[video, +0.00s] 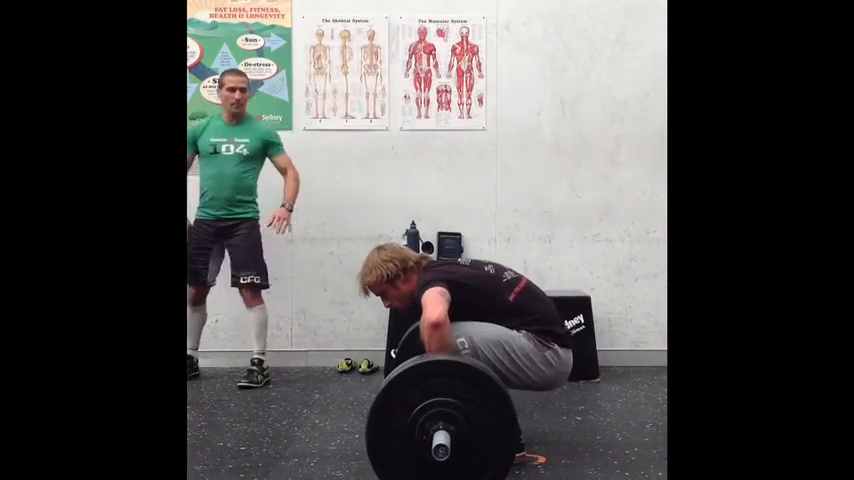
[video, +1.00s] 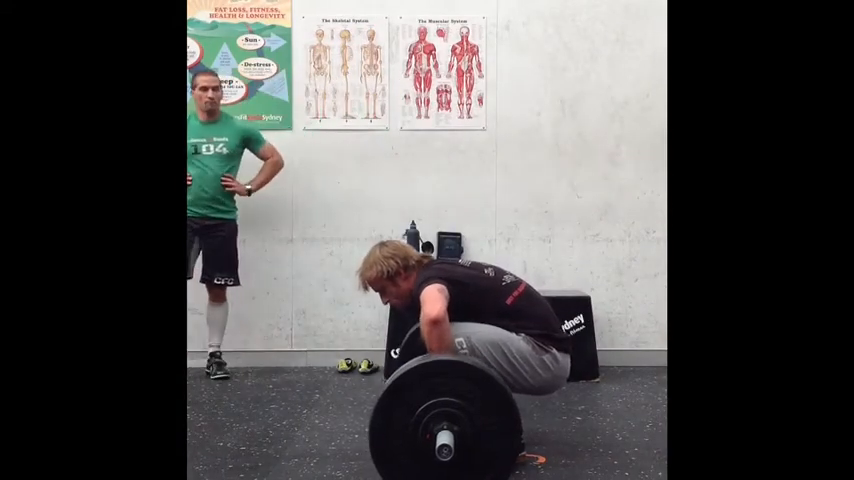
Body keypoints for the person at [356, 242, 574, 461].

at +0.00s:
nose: (386, 305)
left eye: (384, 295)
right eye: (381, 298)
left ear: (400, 278)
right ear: (402, 276)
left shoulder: (432, 276)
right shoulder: (441, 269)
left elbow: (435, 320)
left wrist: (440, 387)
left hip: (546, 353)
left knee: (444, 341)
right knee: (447, 340)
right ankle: (504, 438)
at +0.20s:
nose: (387, 306)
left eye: (385, 296)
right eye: (381, 299)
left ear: (401, 279)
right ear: (403, 277)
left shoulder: (432, 279)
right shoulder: (440, 271)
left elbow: (436, 320)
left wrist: (440, 386)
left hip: (545, 360)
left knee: (441, 340)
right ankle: (504, 437)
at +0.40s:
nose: (387, 303)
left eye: (385, 294)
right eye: (381, 297)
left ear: (402, 277)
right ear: (404, 275)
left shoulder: (433, 277)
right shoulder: (440, 269)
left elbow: (437, 319)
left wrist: (441, 386)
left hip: (546, 356)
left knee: (443, 340)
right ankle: (503, 437)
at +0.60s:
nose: (387, 304)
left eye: (385, 295)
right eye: (381, 297)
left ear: (402, 278)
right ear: (404, 276)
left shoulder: (434, 278)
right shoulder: (440, 271)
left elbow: (437, 319)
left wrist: (441, 386)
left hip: (547, 359)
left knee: (445, 340)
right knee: (443, 339)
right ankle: (504, 437)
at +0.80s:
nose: (387, 304)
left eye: (385, 294)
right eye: (381, 297)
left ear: (401, 278)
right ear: (403, 276)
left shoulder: (432, 278)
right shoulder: (440, 270)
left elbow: (437, 317)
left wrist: (442, 384)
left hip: (546, 357)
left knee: (442, 339)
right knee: (438, 337)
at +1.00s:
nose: (385, 301)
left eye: (383, 291)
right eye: (379, 294)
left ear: (401, 276)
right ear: (403, 274)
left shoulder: (430, 276)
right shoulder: (437, 269)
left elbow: (434, 317)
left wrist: (447, 384)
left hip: (545, 358)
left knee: (444, 339)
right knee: (439, 339)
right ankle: (500, 440)